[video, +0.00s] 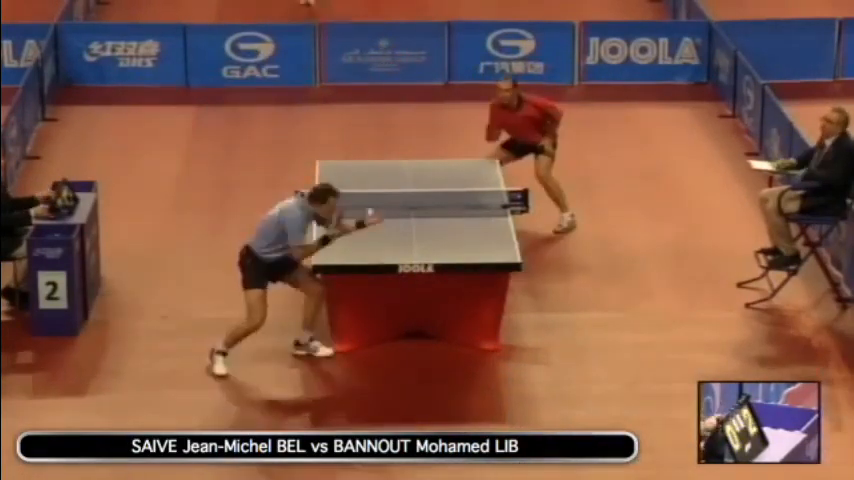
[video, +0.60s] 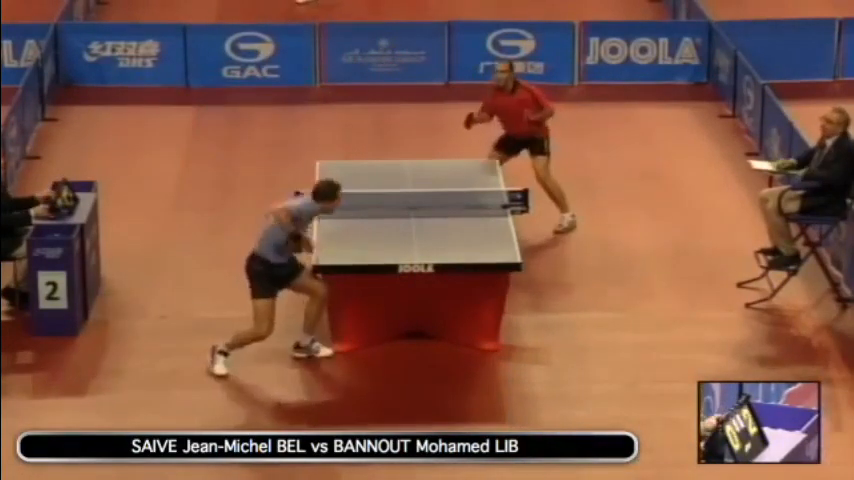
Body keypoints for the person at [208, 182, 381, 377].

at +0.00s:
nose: (334, 211)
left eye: (334, 206)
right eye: (331, 207)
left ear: (320, 202)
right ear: (319, 204)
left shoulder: (310, 206)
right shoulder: (294, 213)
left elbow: (333, 227)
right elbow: (299, 253)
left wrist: (361, 225)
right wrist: (324, 242)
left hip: (279, 258)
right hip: (254, 259)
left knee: (315, 290)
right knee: (256, 319)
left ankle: (305, 341)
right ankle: (220, 352)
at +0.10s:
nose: (326, 203)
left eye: (327, 198)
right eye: (324, 198)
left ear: (312, 194)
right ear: (311, 196)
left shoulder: (307, 207)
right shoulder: (284, 211)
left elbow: (331, 224)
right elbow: (272, 247)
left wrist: (359, 220)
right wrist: (304, 247)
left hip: (279, 257)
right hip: (255, 259)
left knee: (316, 291)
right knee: (254, 318)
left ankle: (304, 341)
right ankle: (220, 352)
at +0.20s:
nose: (320, 191)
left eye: (319, 187)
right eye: (317, 187)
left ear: (307, 188)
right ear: (306, 188)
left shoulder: (308, 205)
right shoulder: (278, 203)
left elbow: (327, 222)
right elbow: (237, 223)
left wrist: (356, 223)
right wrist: (249, 239)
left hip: (281, 255)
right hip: (256, 256)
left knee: (316, 291)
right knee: (253, 317)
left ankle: (304, 342)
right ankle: (219, 352)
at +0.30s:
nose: (316, 188)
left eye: (316, 183)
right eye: (313, 184)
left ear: (303, 186)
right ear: (301, 186)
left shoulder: (305, 204)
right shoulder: (274, 198)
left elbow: (319, 222)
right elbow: (231, 199)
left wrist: (346, 230)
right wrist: (235, 230)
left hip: (282, 256)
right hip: (256, 256)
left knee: (316, 291)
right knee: (253, 318)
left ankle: (305, 341)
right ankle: (219, 353)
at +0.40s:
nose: (318, 188)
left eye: (318, 183)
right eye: (315, 184)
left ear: (306, 186)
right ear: (303, 185)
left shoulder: (306, 204)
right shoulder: (275, 193)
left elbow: (304, 226)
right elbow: (237, 183)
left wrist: (322, 238)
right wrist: (240, 212)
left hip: (282, 257)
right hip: (257, 257)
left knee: (319, 292)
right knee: (254, 320)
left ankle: (306, 341)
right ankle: (219, 352)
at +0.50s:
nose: (326, 192)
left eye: (326, 187)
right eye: (323, 188)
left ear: (313, 188)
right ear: (312, 189)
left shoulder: (306, 205)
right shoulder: (284, 196)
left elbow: (291, 226)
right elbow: (248, 191)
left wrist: (308, 239)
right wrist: (261, 207)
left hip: (283, 259)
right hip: (259, 259)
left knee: (320, 292)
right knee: (256, 324)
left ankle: (306, 342)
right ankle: (220, 352)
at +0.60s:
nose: (339, 204)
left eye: (339, 199)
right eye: (337, 200)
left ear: (322, 197)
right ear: (328, 201)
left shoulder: (311, 207)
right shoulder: (305, 205)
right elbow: (278, 211)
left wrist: (300, 241)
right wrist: (295, 236)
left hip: (283, 263)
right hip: (261, 264)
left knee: (319, 291)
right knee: (262, 330)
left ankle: (305, 342)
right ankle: (221, 351)